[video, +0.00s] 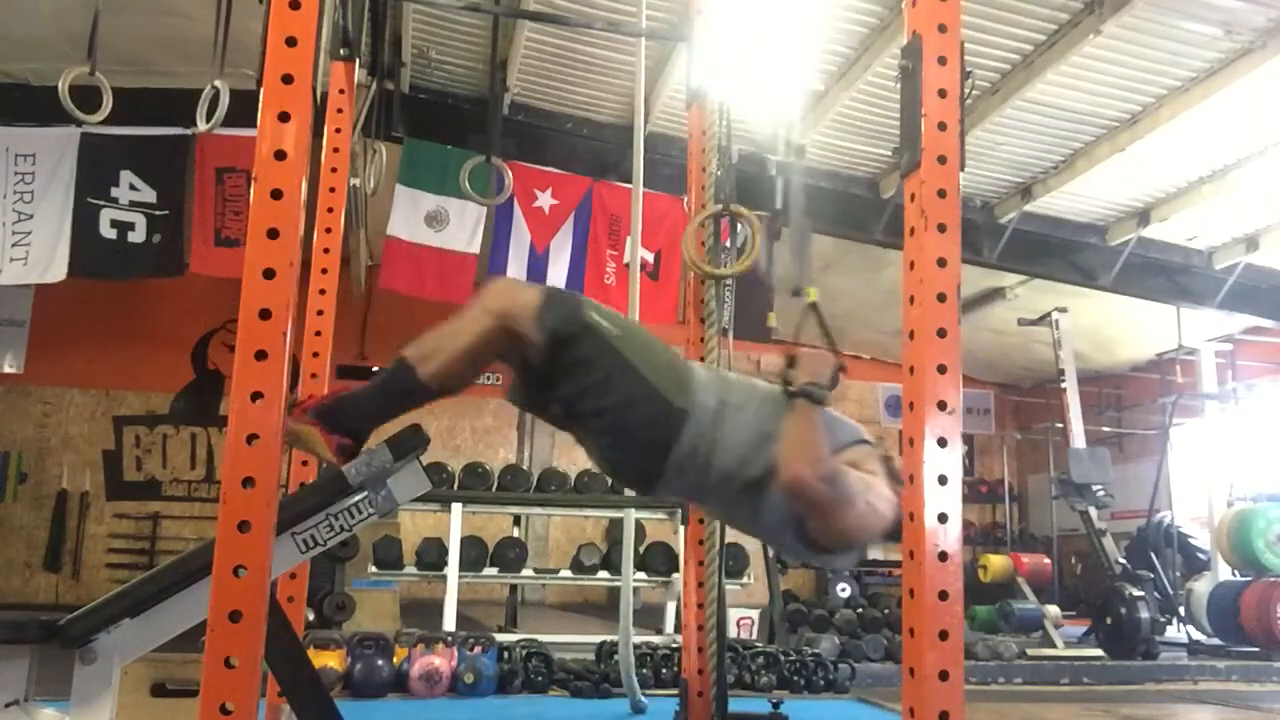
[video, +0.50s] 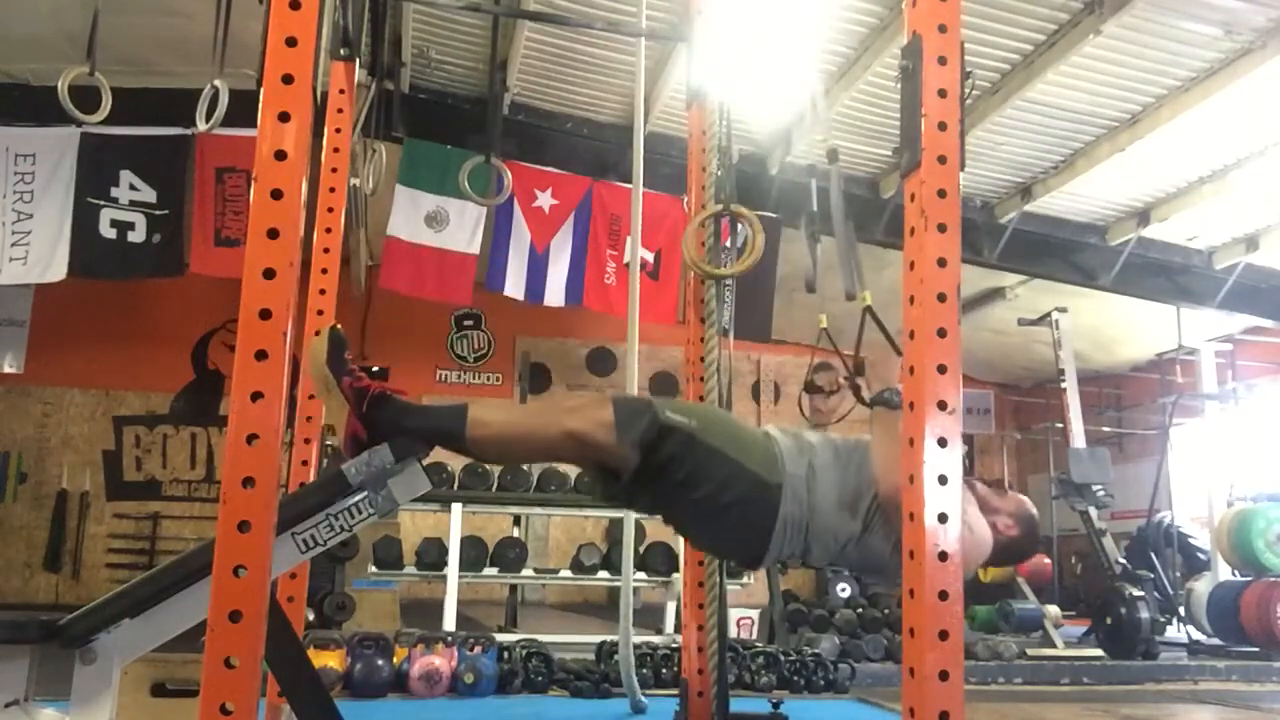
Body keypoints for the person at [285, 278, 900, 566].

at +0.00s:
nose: (890, 461)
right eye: (897, 466)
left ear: (885, 517)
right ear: (903, 470)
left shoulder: (860, 520)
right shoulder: (856, 450)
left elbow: (805, 476)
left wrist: (809, 393)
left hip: (671, 431)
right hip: (678, 394)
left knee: (512, 304)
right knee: (505, 301)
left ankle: (351, 417)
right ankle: (363, 399)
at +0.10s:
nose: (936, 469)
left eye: (946, 482)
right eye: (944, 471)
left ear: (937, 520)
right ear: (935, 493)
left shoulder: (889, 534)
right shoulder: (877, 476)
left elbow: (834, 480)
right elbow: (841, 440)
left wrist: (839, 402)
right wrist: (845, 390)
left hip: (702, 445)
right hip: (703, 409)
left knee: (539, 322)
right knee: (531, 336)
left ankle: (365, 414)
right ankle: (378, 410)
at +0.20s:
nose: (980, 493)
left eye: (990, 507)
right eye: (988, 490)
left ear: (977, 532)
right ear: (972, 483)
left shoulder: (919, 551)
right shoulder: (920, 486)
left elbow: (868, 491)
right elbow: (864, 453)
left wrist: (869, 414)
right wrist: (867, 404)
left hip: (740, 459)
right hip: (736, 435)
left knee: (569, 356)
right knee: (555, 361)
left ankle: (375, 413)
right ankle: (383, 415)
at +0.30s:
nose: (983, 492)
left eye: (995, 503)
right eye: (991, 487)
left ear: (986, 534)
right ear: (977, 484)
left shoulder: (930, 552)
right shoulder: (928, 488)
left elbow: (885, 494)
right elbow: (870, 440)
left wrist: (882, 412)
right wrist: (885, 399)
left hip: (752, 472)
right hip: (747, 433)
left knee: (580, 381)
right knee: (561, 362)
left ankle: (379, 415)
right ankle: (397, 420)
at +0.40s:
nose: (996, 493)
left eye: (1006, 505)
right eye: (1004, 490)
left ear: (997, 534)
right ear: (990, 489)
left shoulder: (948, 545)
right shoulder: (940, 495)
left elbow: (894, 490)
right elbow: (878, 460)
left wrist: (918, 418)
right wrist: (903, 412)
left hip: (770, 484)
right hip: (762, 457)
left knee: (591, 404)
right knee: (583, 395)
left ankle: (392, 423)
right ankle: (404, 418)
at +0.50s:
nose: (996, 494)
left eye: (1007, 508)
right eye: (1005, 492)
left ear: (999, 543)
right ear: (988, 495)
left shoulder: (959, 542)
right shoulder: (943, 503)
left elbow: (894, 488)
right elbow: (863, 433)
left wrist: (930, 425)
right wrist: (914, 412)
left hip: (774, 496)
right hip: (765, 487)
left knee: (604, 419)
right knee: (589, 430)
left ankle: (393, 418)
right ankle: (402, 424)